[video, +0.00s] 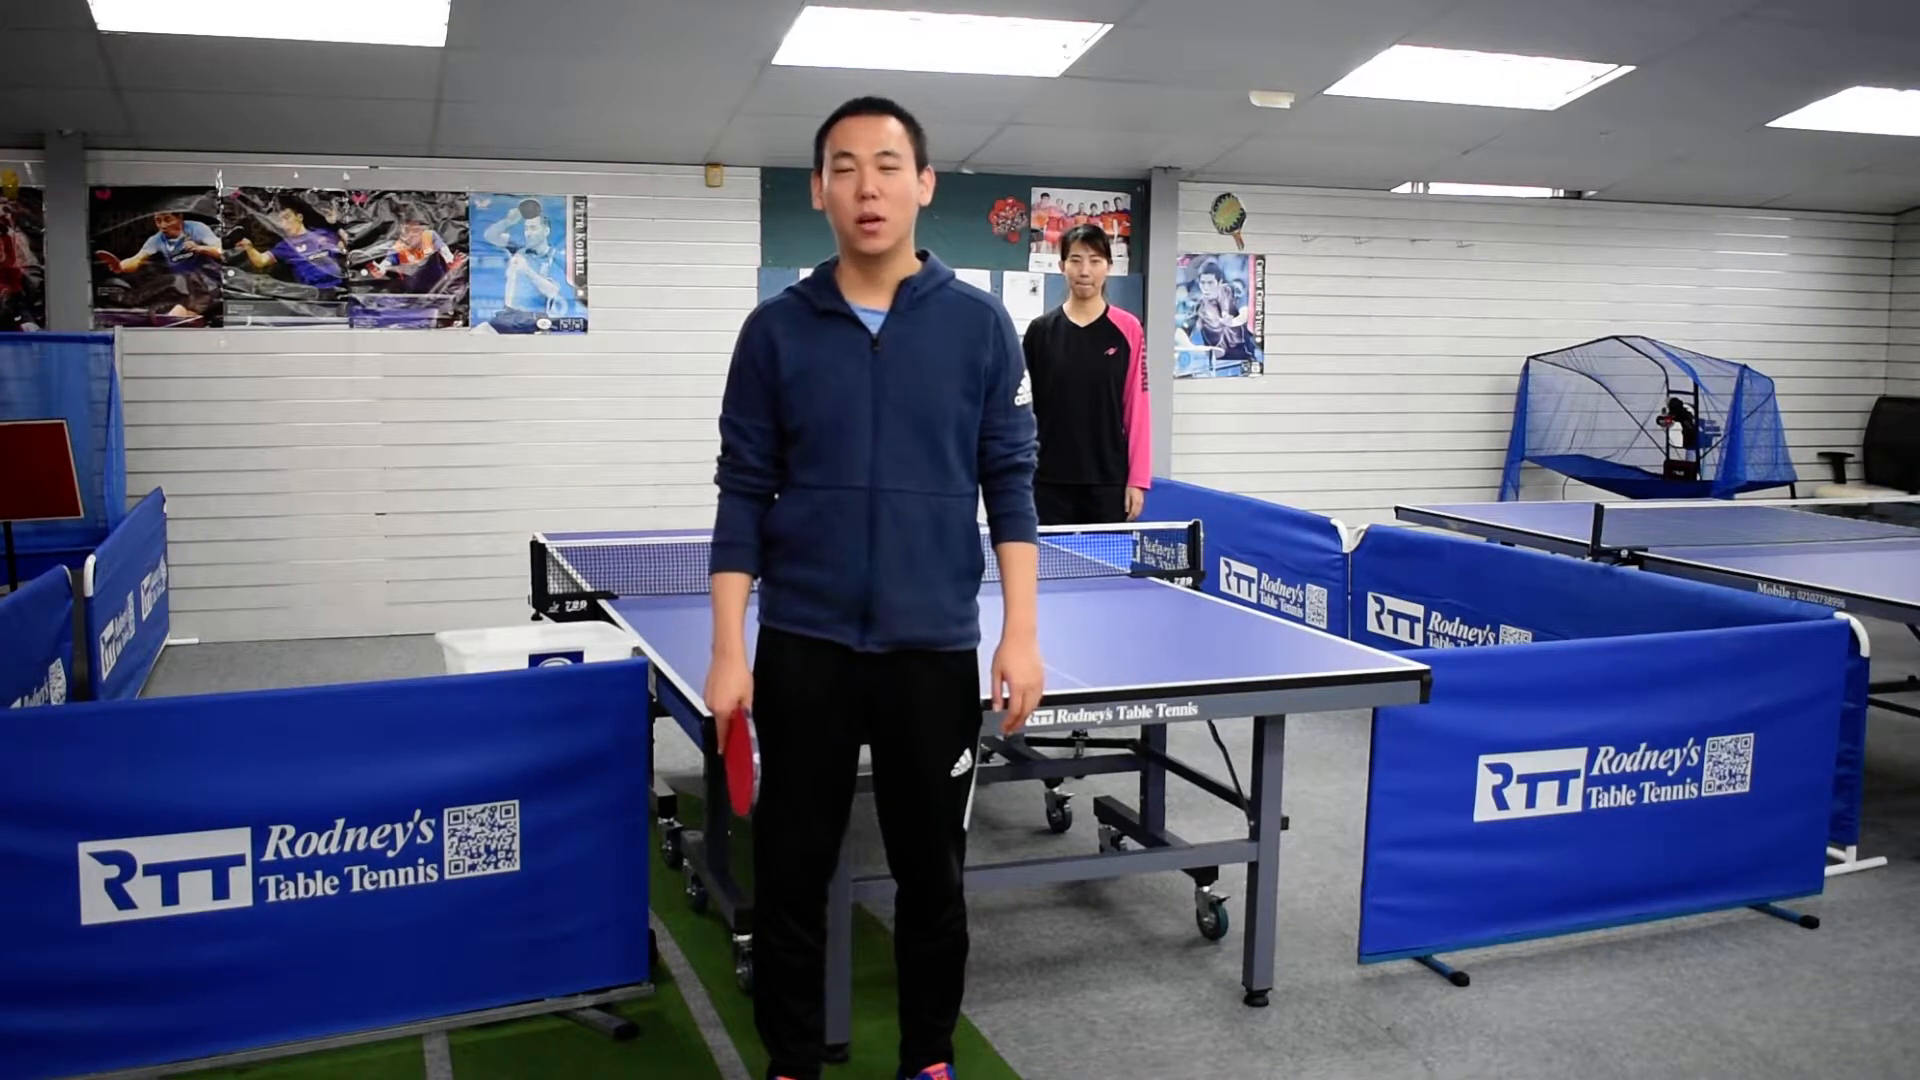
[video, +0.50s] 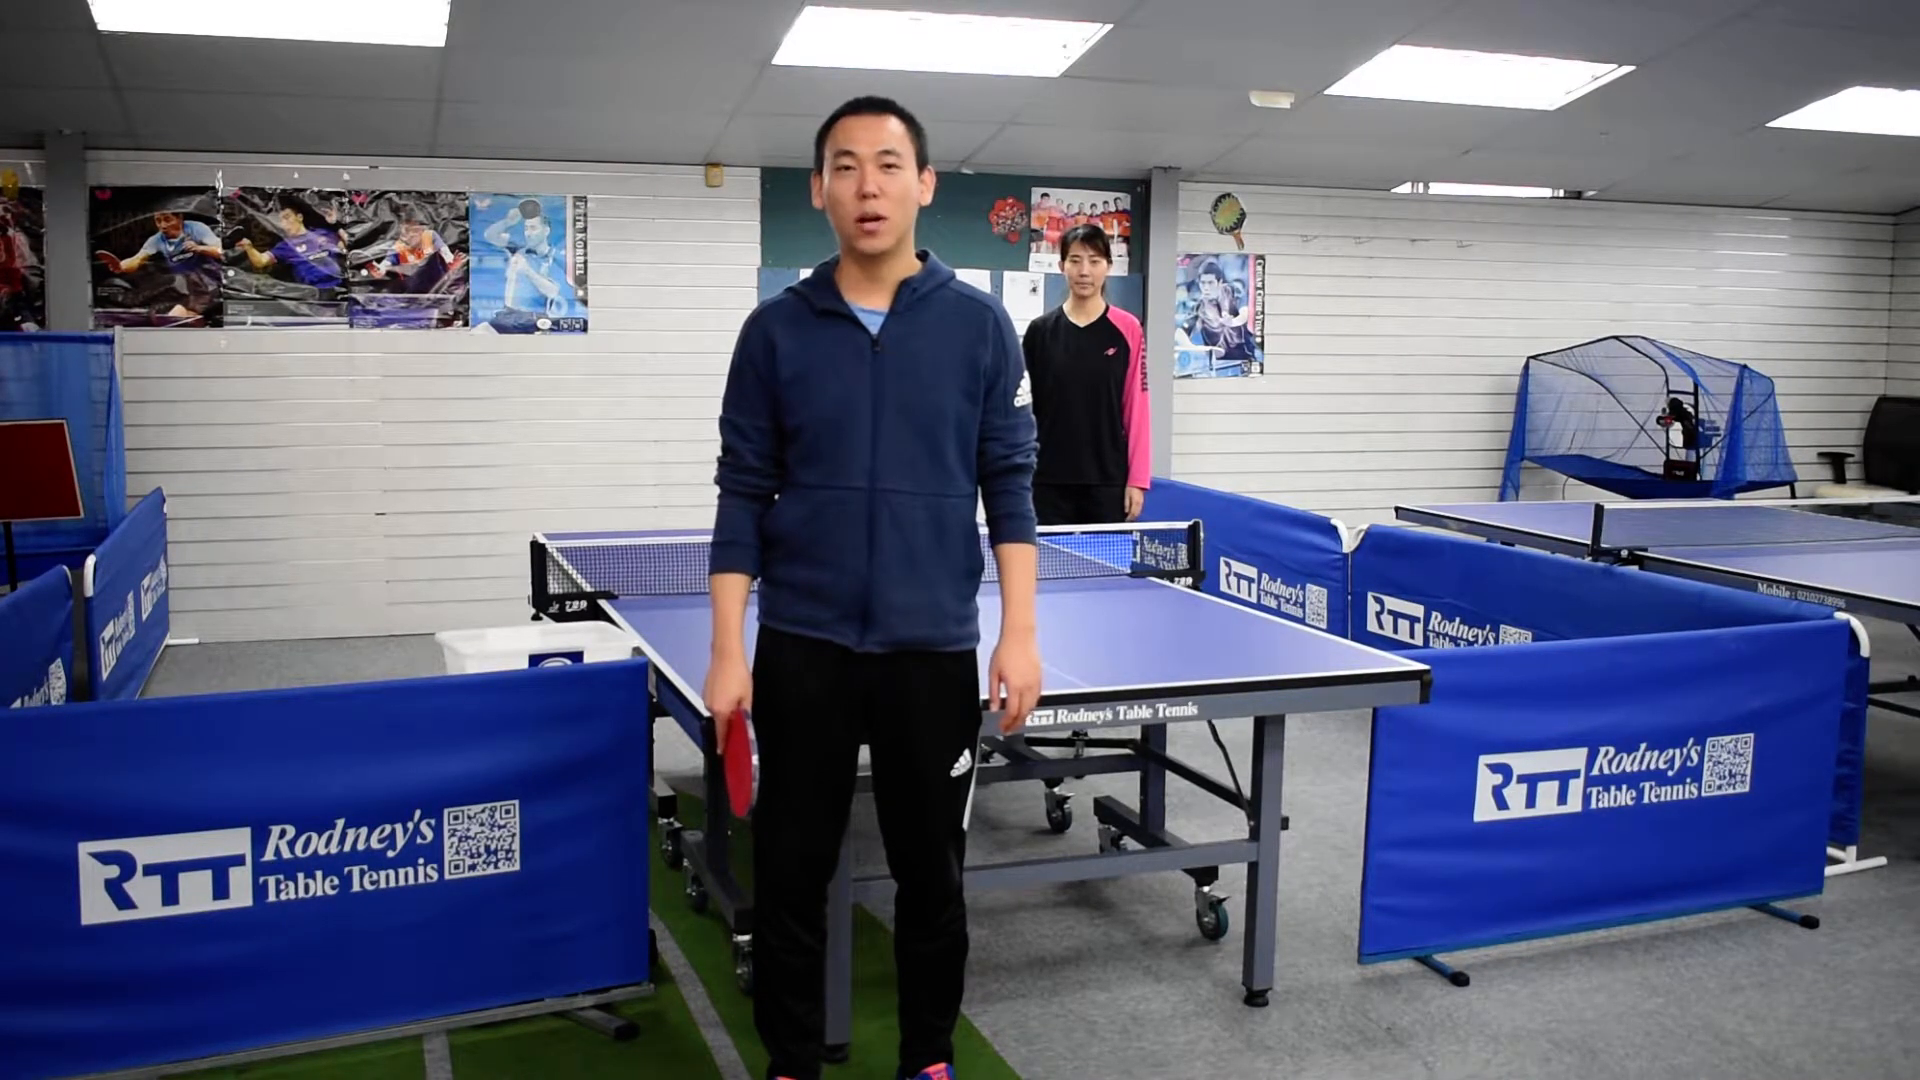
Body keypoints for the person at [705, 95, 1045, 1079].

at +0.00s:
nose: (866, 187)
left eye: (888, 167)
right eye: (845, 169)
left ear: (923, 188)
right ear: (820, 193)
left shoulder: (979, 326)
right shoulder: (776, 330)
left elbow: (1012, 484)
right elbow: (741, 491)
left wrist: (1021, 633)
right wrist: (728, 649)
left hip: (932, 645)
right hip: (805, 644)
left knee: (931, 874)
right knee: (789, 876)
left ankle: (930, 1061)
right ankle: (791, 1062)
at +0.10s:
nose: (865, 187)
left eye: (887, 167)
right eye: (844, 169)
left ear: (923, 189)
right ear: (820, 195)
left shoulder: (979, 326)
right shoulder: (776, 330)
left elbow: (1012, 484)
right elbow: (740, 491)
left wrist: (1022, 631)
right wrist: (727, 649)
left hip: (932, 646)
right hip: (804, 644)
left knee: (930, 874)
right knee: (789, 877)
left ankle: (930, 1061)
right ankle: (791, 1062)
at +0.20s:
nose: (865, 187)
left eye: (887, 167)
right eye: (844, 169)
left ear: (923, 189)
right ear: (820, 194)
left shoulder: (979, 326)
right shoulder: (776, 330)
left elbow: (1011, 485)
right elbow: (740, 491)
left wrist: (1022, 632)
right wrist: (726, 649)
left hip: (932, 646)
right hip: (804, 645)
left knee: (930, 875)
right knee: (789, 877)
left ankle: (930, 1061)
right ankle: (791, 1062)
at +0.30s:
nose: (865, 187)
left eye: (887, 167)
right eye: (844, 169)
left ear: (924, 189)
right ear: (820, 194)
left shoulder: (979, 326)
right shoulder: (775, 330)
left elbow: (1011, 485)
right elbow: (740, 491)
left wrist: (1020, 633)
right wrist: (727, 649)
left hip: (932, 646)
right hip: (804, 645)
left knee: (930, 875)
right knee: (788, 877)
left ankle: (929, 1061)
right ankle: (791, 1062)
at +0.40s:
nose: (866, 186)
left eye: (888, 166)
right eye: (845, 168)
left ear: (924, 189)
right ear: (820, 193)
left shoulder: (979, 326)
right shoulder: (776, 330)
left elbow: (1011, 485)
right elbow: (740, 490)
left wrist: (1020, 633)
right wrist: (727, 649)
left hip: (932, 646)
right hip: (804, 644)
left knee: (930, 875)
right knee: (789, 876)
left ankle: (929, 1061)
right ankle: (791, 1062)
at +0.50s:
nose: (866, 185)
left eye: (888, 165)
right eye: (844, 166)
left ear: (924, 188)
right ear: (820, 192)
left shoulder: (979, 327)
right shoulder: (776, 330)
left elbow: (1011, 485)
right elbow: (740, 490)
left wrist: (1020, 633)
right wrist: (727, 649)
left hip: (932, 645)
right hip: (804, 644)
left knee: (930, 874)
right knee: (789, 875)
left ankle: (929, 1060)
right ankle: (791, 1062)